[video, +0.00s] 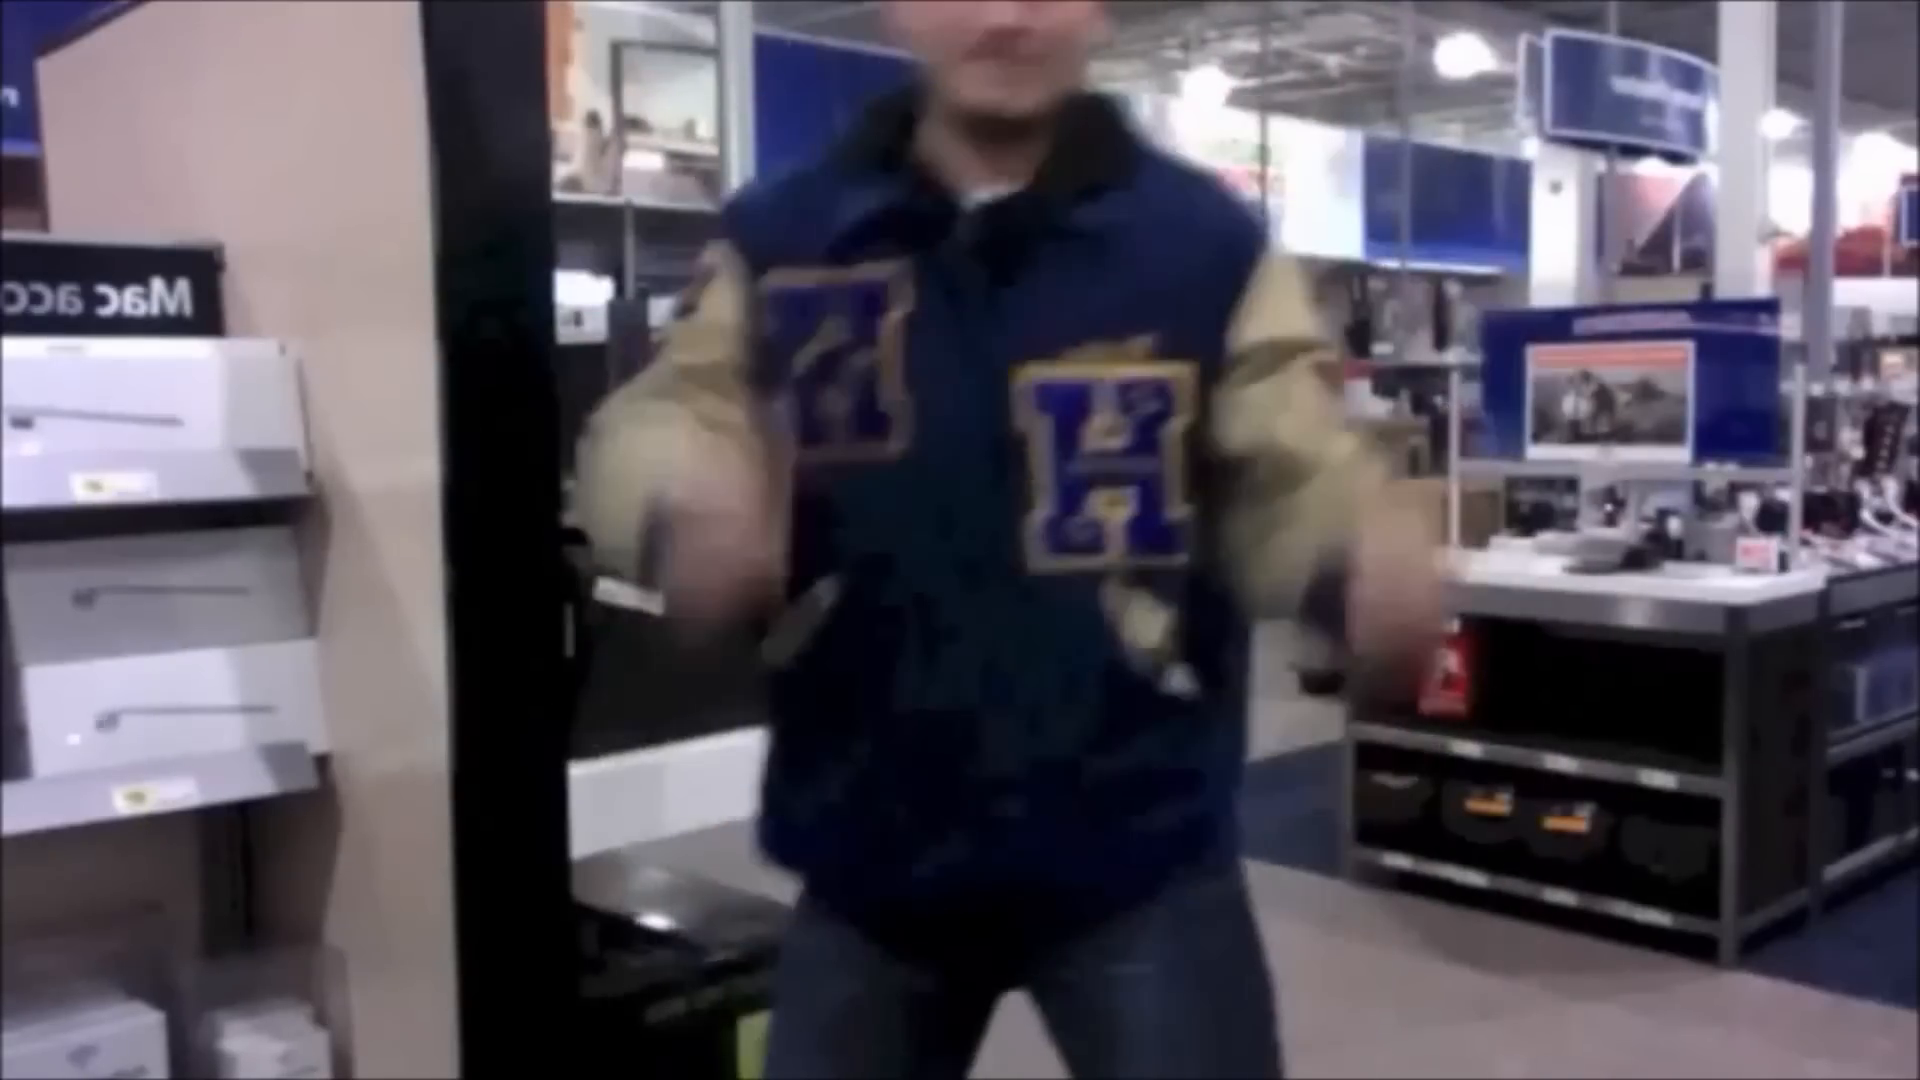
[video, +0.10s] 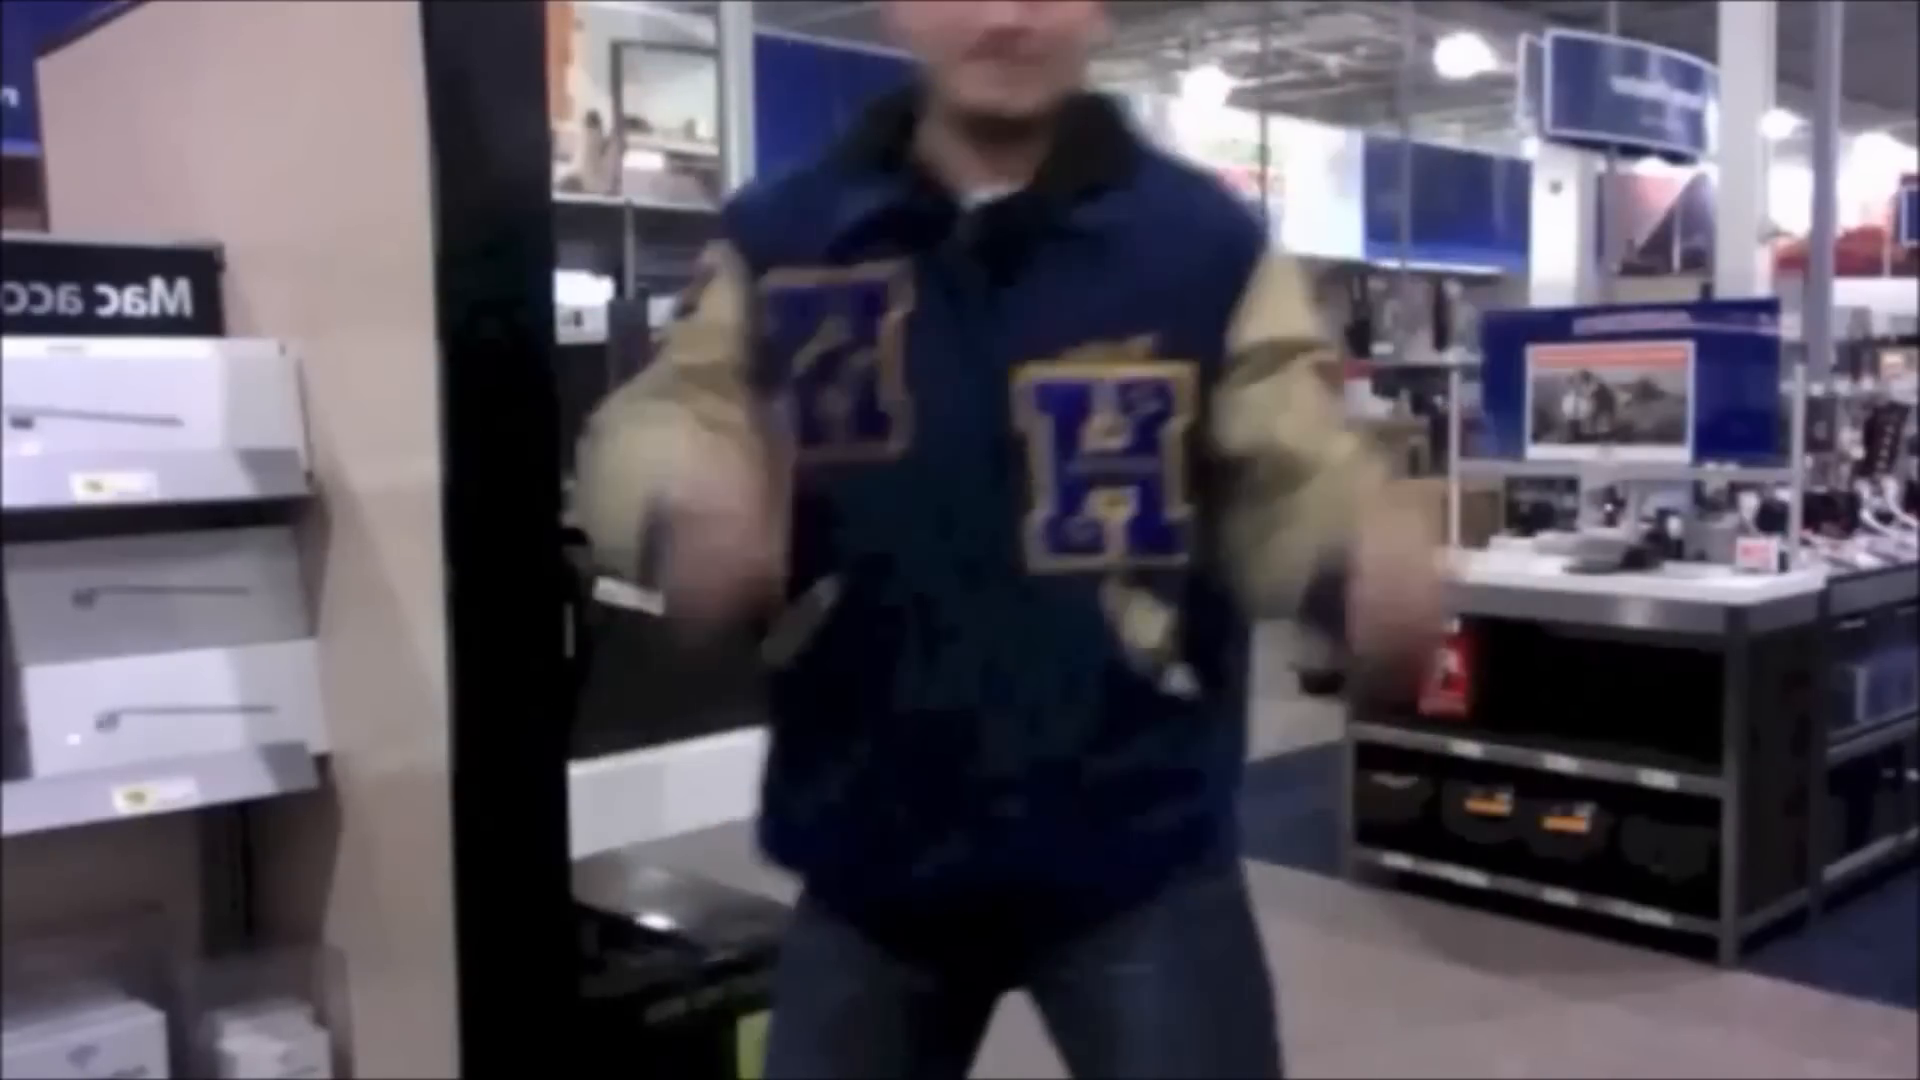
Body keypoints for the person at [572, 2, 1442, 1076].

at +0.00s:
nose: (1013, 14)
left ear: (1099, 18)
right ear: (901, 17)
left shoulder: (1200, 242)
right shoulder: (792, 236)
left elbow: (1290, 472)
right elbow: (652, 426)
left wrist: (1368, 546)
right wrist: (694, 496)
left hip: (1131, 840)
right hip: (879, 841)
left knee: (1206, 1059)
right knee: (819, 1063)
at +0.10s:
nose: (1013, 14)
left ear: (1099, 18)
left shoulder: (1200, 242)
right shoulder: (791, 236)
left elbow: (1289, 472)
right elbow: (652, 426)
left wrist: (1368, 546)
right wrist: (694, 495)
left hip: (1131, 840)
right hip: (879, 841)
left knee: (1205, 1059)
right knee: (819, 1063)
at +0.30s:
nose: (1200, 139)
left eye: (1240, 104)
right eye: (1157, 99)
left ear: (1289, 133)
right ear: (1088, 116)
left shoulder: (1332, 353)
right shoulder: (944, 337)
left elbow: (1520, 538)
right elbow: (776, 630)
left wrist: (1420, 246)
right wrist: (686, 900)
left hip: (1244, 1000)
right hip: (970, 992)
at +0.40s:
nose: (1211, 156)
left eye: (1252, 121)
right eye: (1171, 116)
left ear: (1306, 149)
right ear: (1104, 130)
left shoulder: (1351, 366)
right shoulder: (957, 352)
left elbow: (1527, 563)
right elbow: (768, 626)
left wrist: (1413, 295)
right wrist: (678, 867)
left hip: (1267, 1014)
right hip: (986, 1005)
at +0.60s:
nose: (1137, 27)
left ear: (1228, 25)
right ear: (1029, 24)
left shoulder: (1329, 269)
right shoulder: (898, 256)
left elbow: (1470, 550)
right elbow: (746, 432)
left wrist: (1466, 313)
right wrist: (684, 517)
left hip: (1228, 882)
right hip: (961, 879)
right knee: (852, 1068)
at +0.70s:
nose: (1138, 27)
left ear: (1227, 25)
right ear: (1029, 24)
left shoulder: (1329, 268)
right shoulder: (897, 256)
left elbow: (1469, 550)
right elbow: (746, 431)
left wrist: (1466, 312)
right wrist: (684, 517)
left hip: (1228, 882)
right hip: (961, 879)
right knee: (852, 1067)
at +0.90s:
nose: (991, 15)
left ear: (1087, 17)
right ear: (885, 16)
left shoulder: (1209, 212)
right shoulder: (804, 249)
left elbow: (1358, 482)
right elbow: (615, 450)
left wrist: (1433, 735)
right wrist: (698, 135)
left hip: (1167, 864)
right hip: (909, 876)